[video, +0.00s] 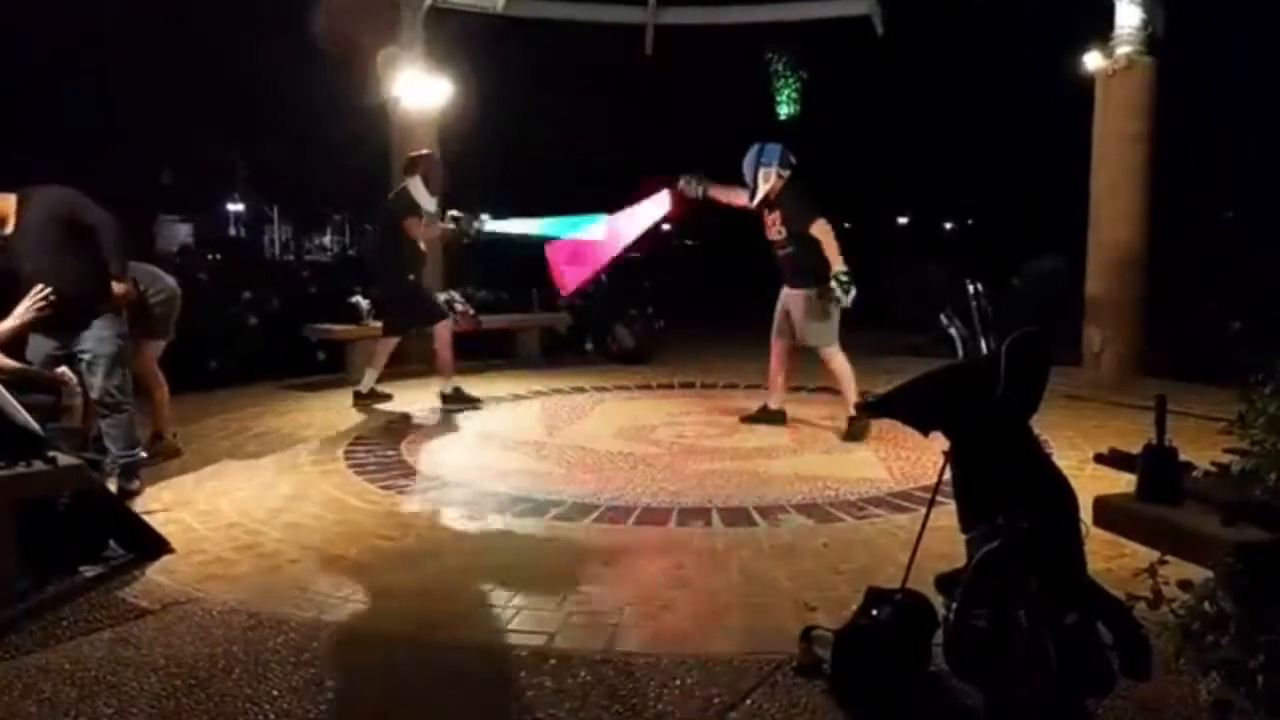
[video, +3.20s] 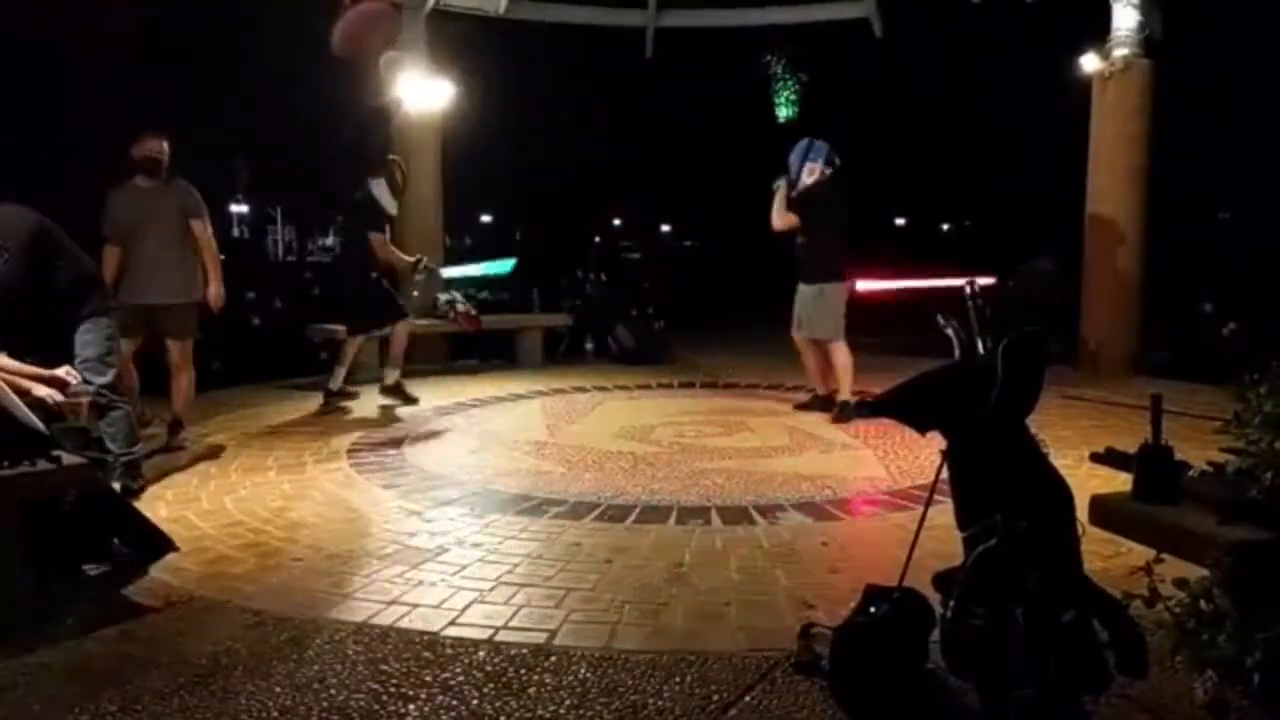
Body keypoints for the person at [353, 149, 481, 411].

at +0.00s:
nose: (439, 176)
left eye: (438, 170)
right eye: (434, 170)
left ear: (417, 173)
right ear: (421, 172)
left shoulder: (419, 199)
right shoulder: (402, 199)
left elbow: (426, 232)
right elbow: (419, 233)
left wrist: (448, 225)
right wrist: (448, 227)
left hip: (400, 280)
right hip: (400, 281)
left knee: (392, 332)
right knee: (442, 322)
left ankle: (365, 387)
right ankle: (449, 389)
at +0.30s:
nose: (457, 183)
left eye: (455, 177)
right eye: (453, 177)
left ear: (429, 178)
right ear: (442, 179)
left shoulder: (417, 203)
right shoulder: (431, 207)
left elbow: (443, 250)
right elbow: (451, 251)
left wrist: (479, 242)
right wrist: (483, 242)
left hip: (402, 284)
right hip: (418, 286)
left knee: (404, 332)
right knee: (457, 323)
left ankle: (369, 387)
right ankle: (459, 391)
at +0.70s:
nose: (434, 189)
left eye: (434, 182)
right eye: (431, 182)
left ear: (406, 181)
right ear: (420, 182)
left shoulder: (390, 204)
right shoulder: (400, 208)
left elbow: (422, 243)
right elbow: (430, 245)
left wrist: (460, 254)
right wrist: (467, 256)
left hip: (380, 281)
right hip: (393, 283)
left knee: (379, 336)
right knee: (421, 332)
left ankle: (353, 389)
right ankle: (449, 389)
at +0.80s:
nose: (430, 186)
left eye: (431, 179)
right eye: (427, 179)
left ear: (404, 178)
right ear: (414, 178)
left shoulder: (389, 201)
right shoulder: (396, 204)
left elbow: (415, 245)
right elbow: (417, 245)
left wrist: (449, 264)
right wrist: (452, 265)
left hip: (378, 280)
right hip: (387, 282)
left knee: (374, 335)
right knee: (412, 331)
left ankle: (352, 389)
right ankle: (431, 390)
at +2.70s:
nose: (422, 190)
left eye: (422, 184)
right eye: (419, 184)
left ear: (396, 183)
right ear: (408, 184)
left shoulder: (381, 205)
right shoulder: (393, 209)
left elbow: (407, 253)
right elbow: (409, 255)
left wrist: (438, 270)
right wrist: (440, 272)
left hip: (372, 279)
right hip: (385, 281)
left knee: (367, 333)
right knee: (416, 326)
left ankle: (337, 385)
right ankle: (431, 387)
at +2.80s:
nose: (413, 186)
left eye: (412, 180)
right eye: (410, 180)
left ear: (391, 179)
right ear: (399, 180)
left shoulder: (376, 201)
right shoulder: (381, 205)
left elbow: (384, 248)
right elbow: (390, 249)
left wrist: (404, 272)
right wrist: (414, 271)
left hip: (364, 276)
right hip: (371, 278)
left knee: (359, 333)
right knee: (396, 329)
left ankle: (333, 387)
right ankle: (421, 385)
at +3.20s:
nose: (398, 186)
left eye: (398, 180)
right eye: (395, 180)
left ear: (372, 181)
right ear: (386, 181)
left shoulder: (360, 201)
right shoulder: (373, 206)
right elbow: (381, 248)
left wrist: (406, 262)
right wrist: (410, 261)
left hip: (350, 274)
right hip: (364, 276)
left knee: (358, 329)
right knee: (402, 322)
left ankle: (334, 386)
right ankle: (392, 381)